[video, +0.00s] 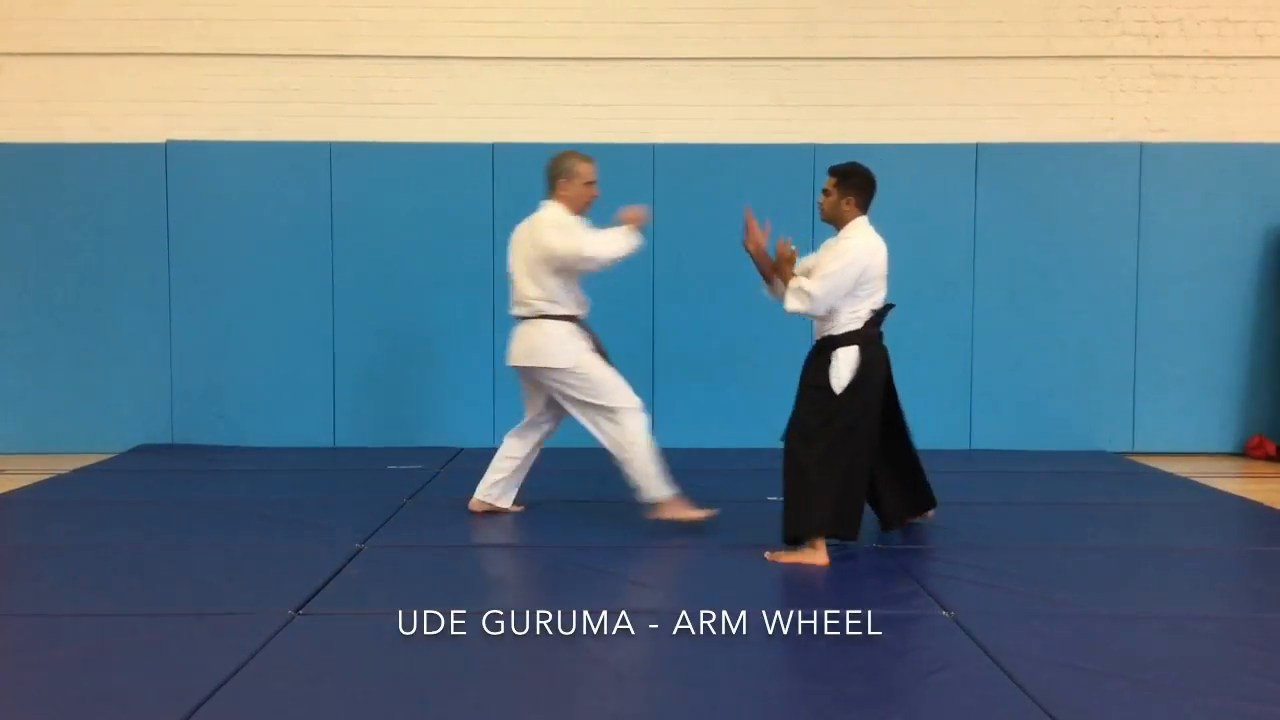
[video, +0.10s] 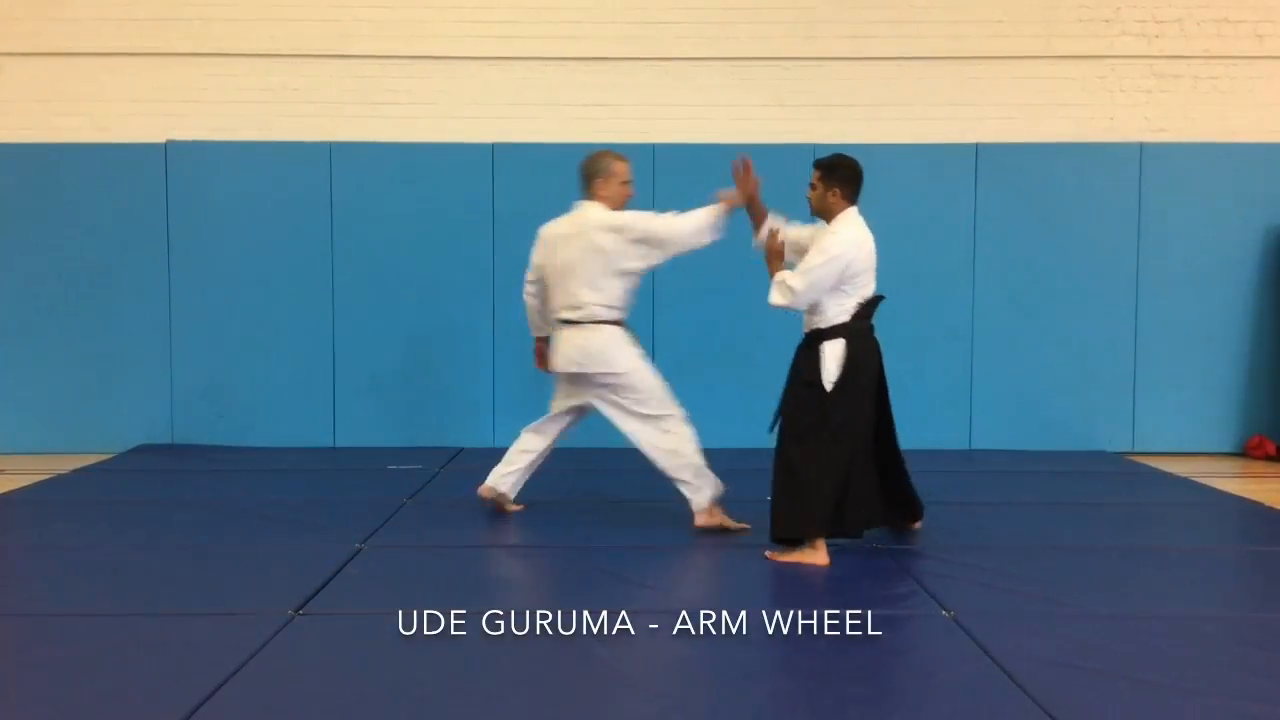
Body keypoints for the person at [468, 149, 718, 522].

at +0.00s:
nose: (594, 193)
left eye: (594, 184)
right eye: (588, 184)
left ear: (561, 187)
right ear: (563, 186)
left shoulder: (525, 228)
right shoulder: (556, 223)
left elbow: (547, 294)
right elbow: (587, 253)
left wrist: (583, 336)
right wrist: (628, 230)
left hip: (527, 340)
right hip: (555, 339)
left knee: (540, 419)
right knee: (624, 409)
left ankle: (489, 496)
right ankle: (663, 499)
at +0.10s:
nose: (631, 191)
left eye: (630, 183)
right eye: (624, 183)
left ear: (596, 187)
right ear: (600, 185)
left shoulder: (551, 231)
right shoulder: (620, 224)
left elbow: (533, 291)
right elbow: (678, 229)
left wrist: (540, 337)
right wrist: (727, 204)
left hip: (565, 342)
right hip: (606, 341)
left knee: (557, 418)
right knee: (664, 418)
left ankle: (498, 485)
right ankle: (706, 507)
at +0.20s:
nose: (666, 189)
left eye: (664, 182)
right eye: (660, 183)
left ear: (629, 189)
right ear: (639, 187)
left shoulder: (591, 234)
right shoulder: (670, 226)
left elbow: (559, 287)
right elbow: (724, 211)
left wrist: (540, 332)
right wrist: (769, 185)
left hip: (595, 346)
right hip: (638, 348)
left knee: (592, 414)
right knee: (700, 421)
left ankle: (528, 473)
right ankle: (711, 514)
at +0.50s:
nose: (716, 177)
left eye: (715, 170)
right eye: (711, 171)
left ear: (676, 174)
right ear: (694, 173)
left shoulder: (634, 210)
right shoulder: (716, 214)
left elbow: (601, 262)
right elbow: (777, 224)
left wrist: (581, 311)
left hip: (624, 325)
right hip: (668, 327)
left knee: (614, 411)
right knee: (707, 420)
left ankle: (570, 487)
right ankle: (710, 515)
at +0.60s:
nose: (730, 186)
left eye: (729, 179)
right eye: (726, 179)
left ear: (691, 181)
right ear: (710, 181)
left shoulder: (647, 211)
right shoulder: (731, 225)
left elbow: (607, 256)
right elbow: (781, 252)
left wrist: (586, 304)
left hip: (626, 321)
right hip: (669, 325)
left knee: (607, 410)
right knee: (708, 419)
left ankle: (566, 490)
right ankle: (708, 515)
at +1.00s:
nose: (729, 202)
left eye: (728, 196)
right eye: (728, 197)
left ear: (690, 194)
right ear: (718, 195)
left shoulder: (651, 220)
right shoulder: (727, 221)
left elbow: (622, 277)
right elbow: (762, 197)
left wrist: (644, 309)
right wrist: (775, 173)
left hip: (632, 318)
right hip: (678, 321)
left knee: (604, 413)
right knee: (714, 416)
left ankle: (572, 497)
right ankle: (710, 514)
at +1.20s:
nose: (734, 185)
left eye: (733, 178)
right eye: (732, 178)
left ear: (694, 176)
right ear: (715, 178)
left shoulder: (652, 214)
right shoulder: (721, 203)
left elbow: (636, 270)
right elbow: (771, 179)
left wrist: (660, 300)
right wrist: (798, 149)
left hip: (633, 314)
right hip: (675, 316)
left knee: (612, 408)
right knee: (708, 412)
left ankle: (575, 494)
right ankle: (707, 512)